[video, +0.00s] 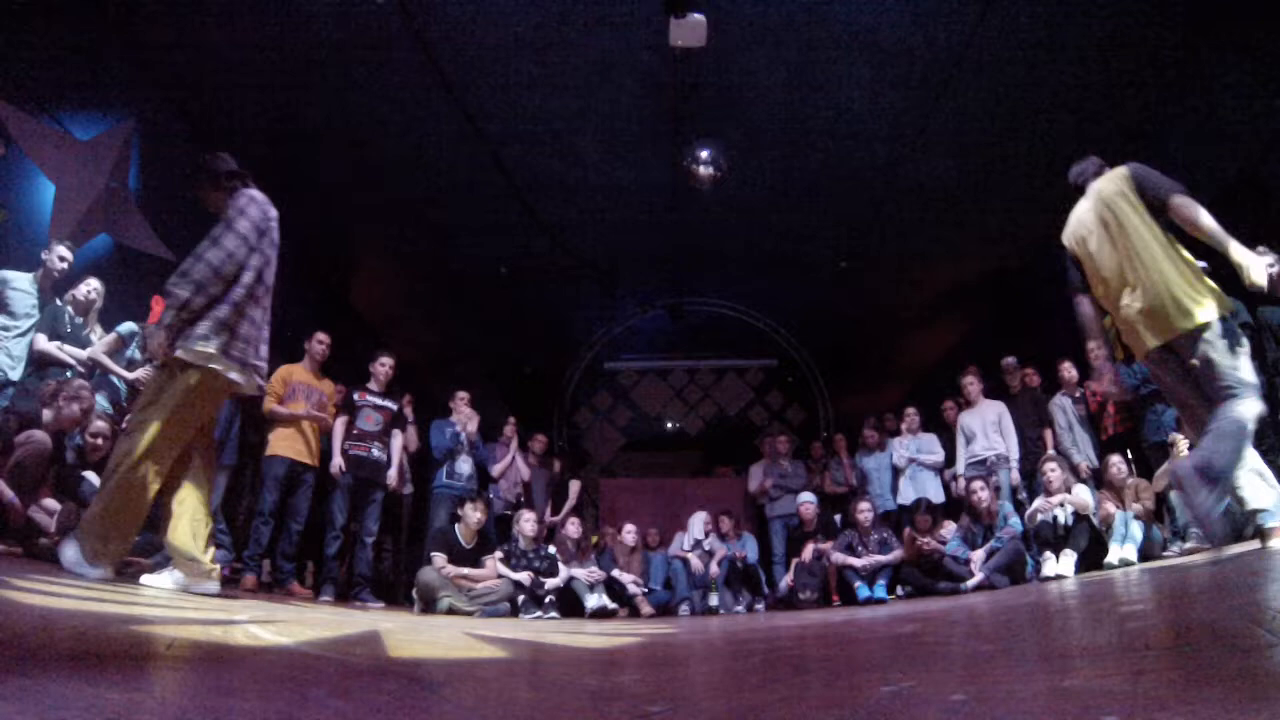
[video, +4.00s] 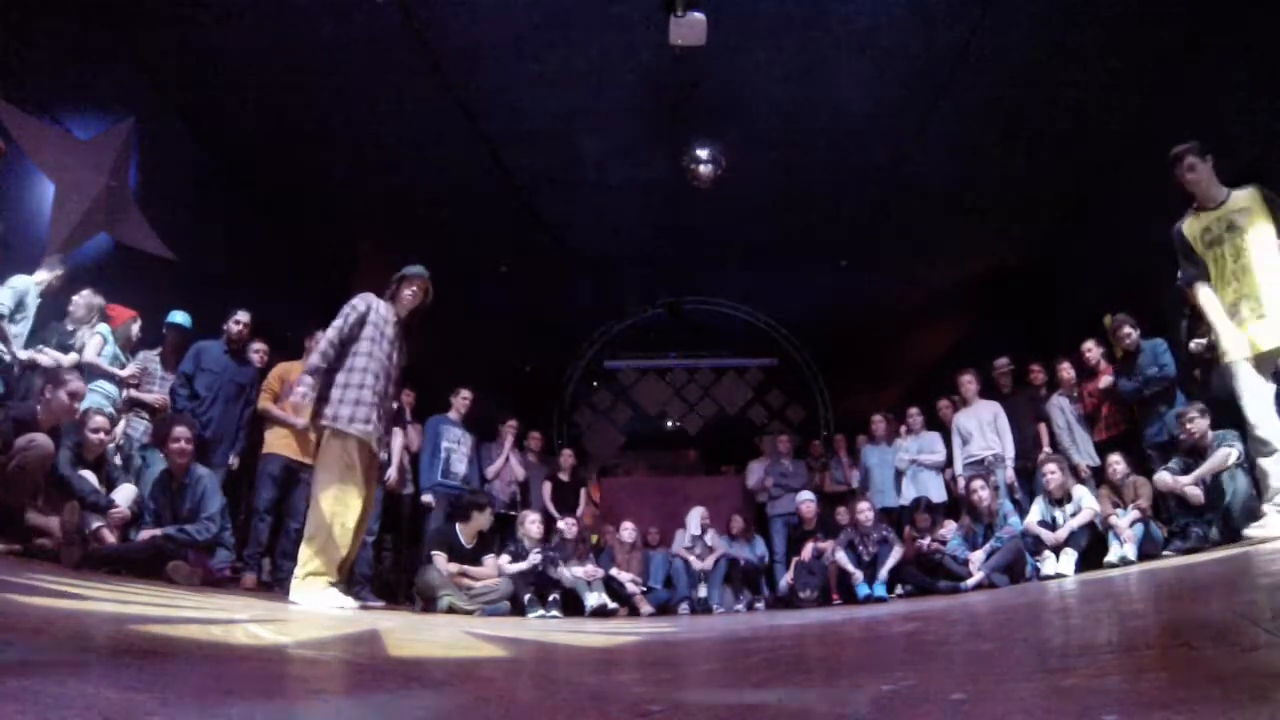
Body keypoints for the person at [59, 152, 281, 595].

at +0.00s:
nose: (205, 205)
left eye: (205, 196)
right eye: (203, 198)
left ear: (217, 185)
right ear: (234, 180)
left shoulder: (253, 205)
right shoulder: (253, 214)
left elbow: (218, 264)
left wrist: (167, 321)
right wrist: (169, 328)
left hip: (210, 349)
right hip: (220, 353)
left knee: (145, 446)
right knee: (192, 457)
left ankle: (94, 553)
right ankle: (194, 568)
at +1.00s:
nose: (269, 222)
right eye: (270, 215)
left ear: (240, 193)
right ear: (268, 206)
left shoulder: (189, 209)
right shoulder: (263, 219)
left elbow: (150, 266)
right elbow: (254, 279)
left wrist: (134, 326)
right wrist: (238, 345)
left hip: (151, 321)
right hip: (207, 334)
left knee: (121, 437)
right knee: (189, 447)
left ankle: (96, 557)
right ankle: (173, 565)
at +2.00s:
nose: (338, 285)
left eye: (340, 280)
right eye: (340, 280)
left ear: (317, 257)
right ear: (335, 270)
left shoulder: (269, 272)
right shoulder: (325, 275)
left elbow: (225, 325)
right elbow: (334, 337)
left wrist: (210, 379)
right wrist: (328, 389)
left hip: (237, 367)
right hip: (271, 373)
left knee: (246, 477)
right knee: (235, 468)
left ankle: (238, 572)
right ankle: (179, 553)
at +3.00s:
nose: (391, 318)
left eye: (396, 315)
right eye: (393, 310)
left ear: (385, 305)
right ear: (377, 294)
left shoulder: (364, 331)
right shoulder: (342, 311)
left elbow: (358, 381)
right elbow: (315, 352)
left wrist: (368, 416)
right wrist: (295, 391)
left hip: (346, 422)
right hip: (341, 419)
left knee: (342, 507)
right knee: (351, 506)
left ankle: (279, 555)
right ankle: (315, 583)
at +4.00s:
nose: (414, 294)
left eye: (420, 292)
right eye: (411, 286)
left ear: (422, 300)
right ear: (396, 285)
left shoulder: (399, 343)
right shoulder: (368, 304)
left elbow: (391, 395)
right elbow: (332, 338)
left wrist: (392, 450)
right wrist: (308, 382)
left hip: (371, 429)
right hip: (346, 417)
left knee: (357, 508)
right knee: (338, 501)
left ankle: (326, 582)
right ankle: (311, 581)